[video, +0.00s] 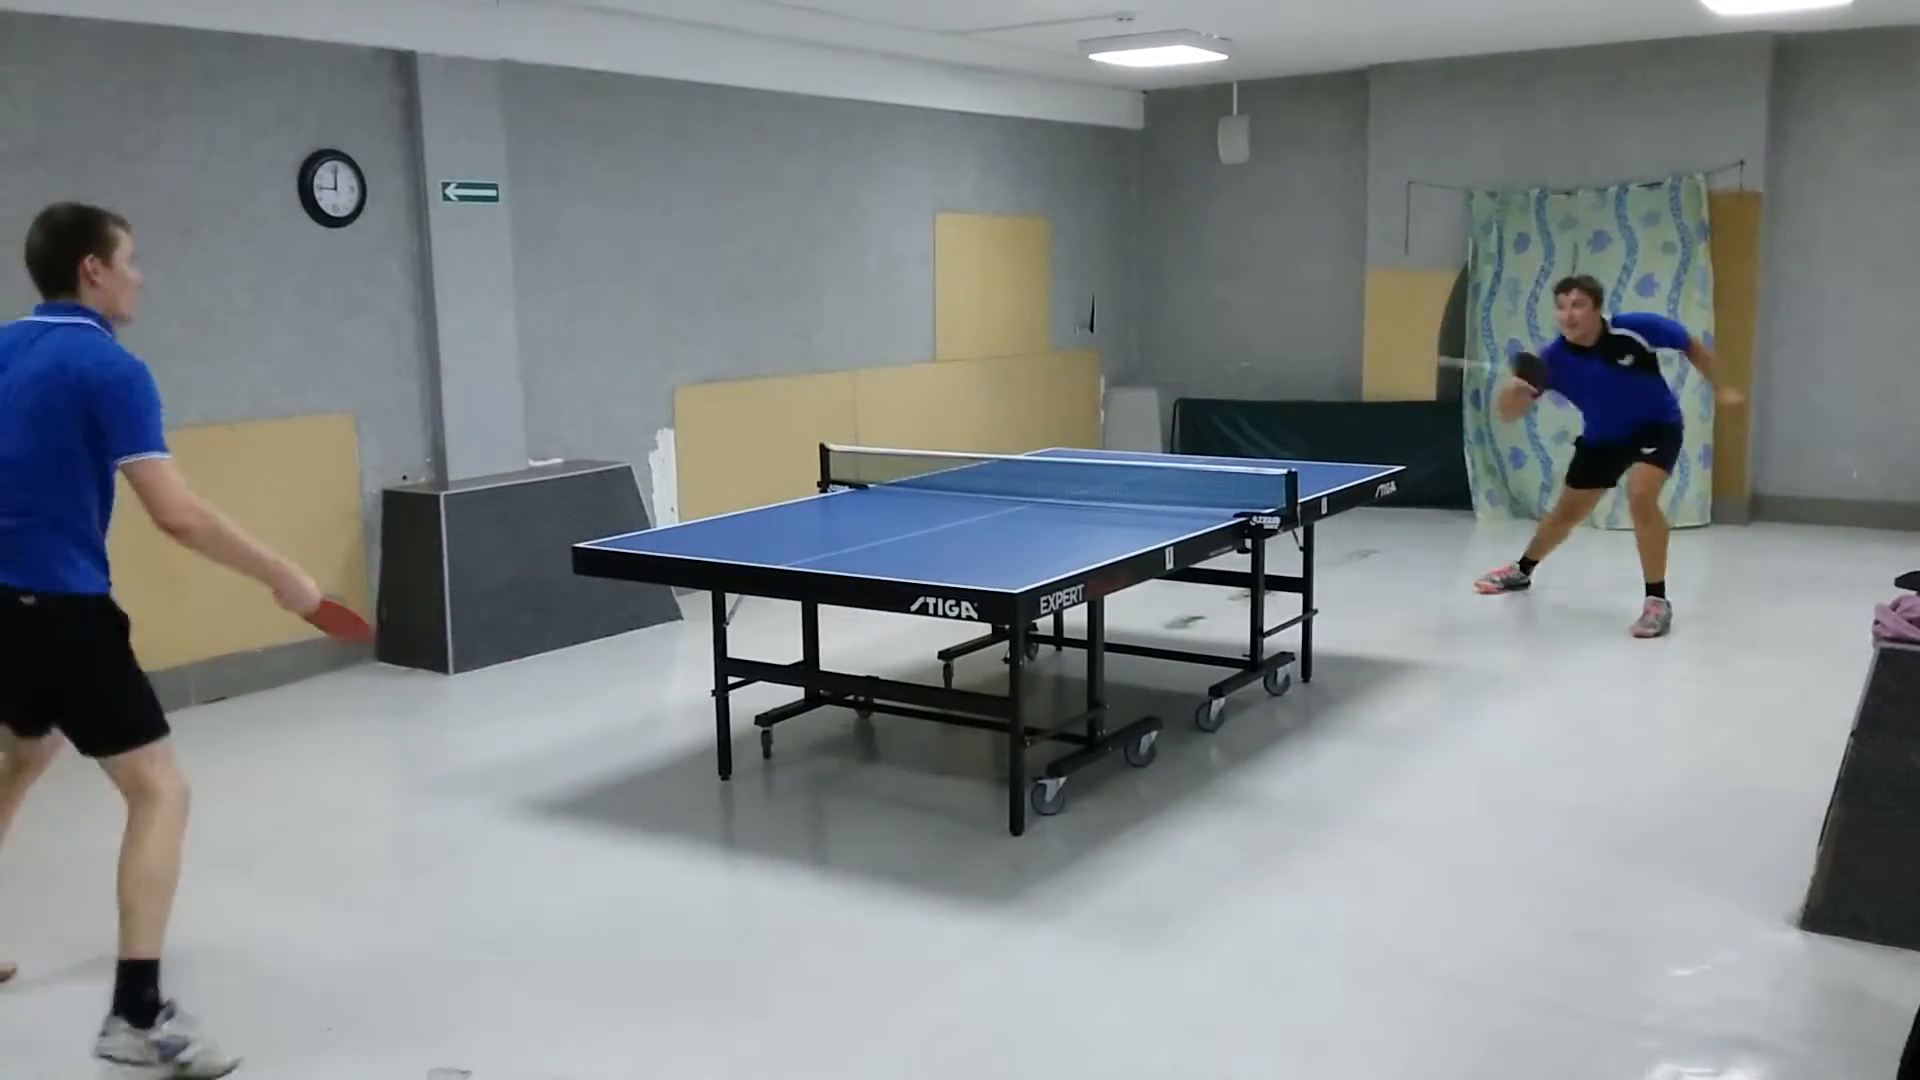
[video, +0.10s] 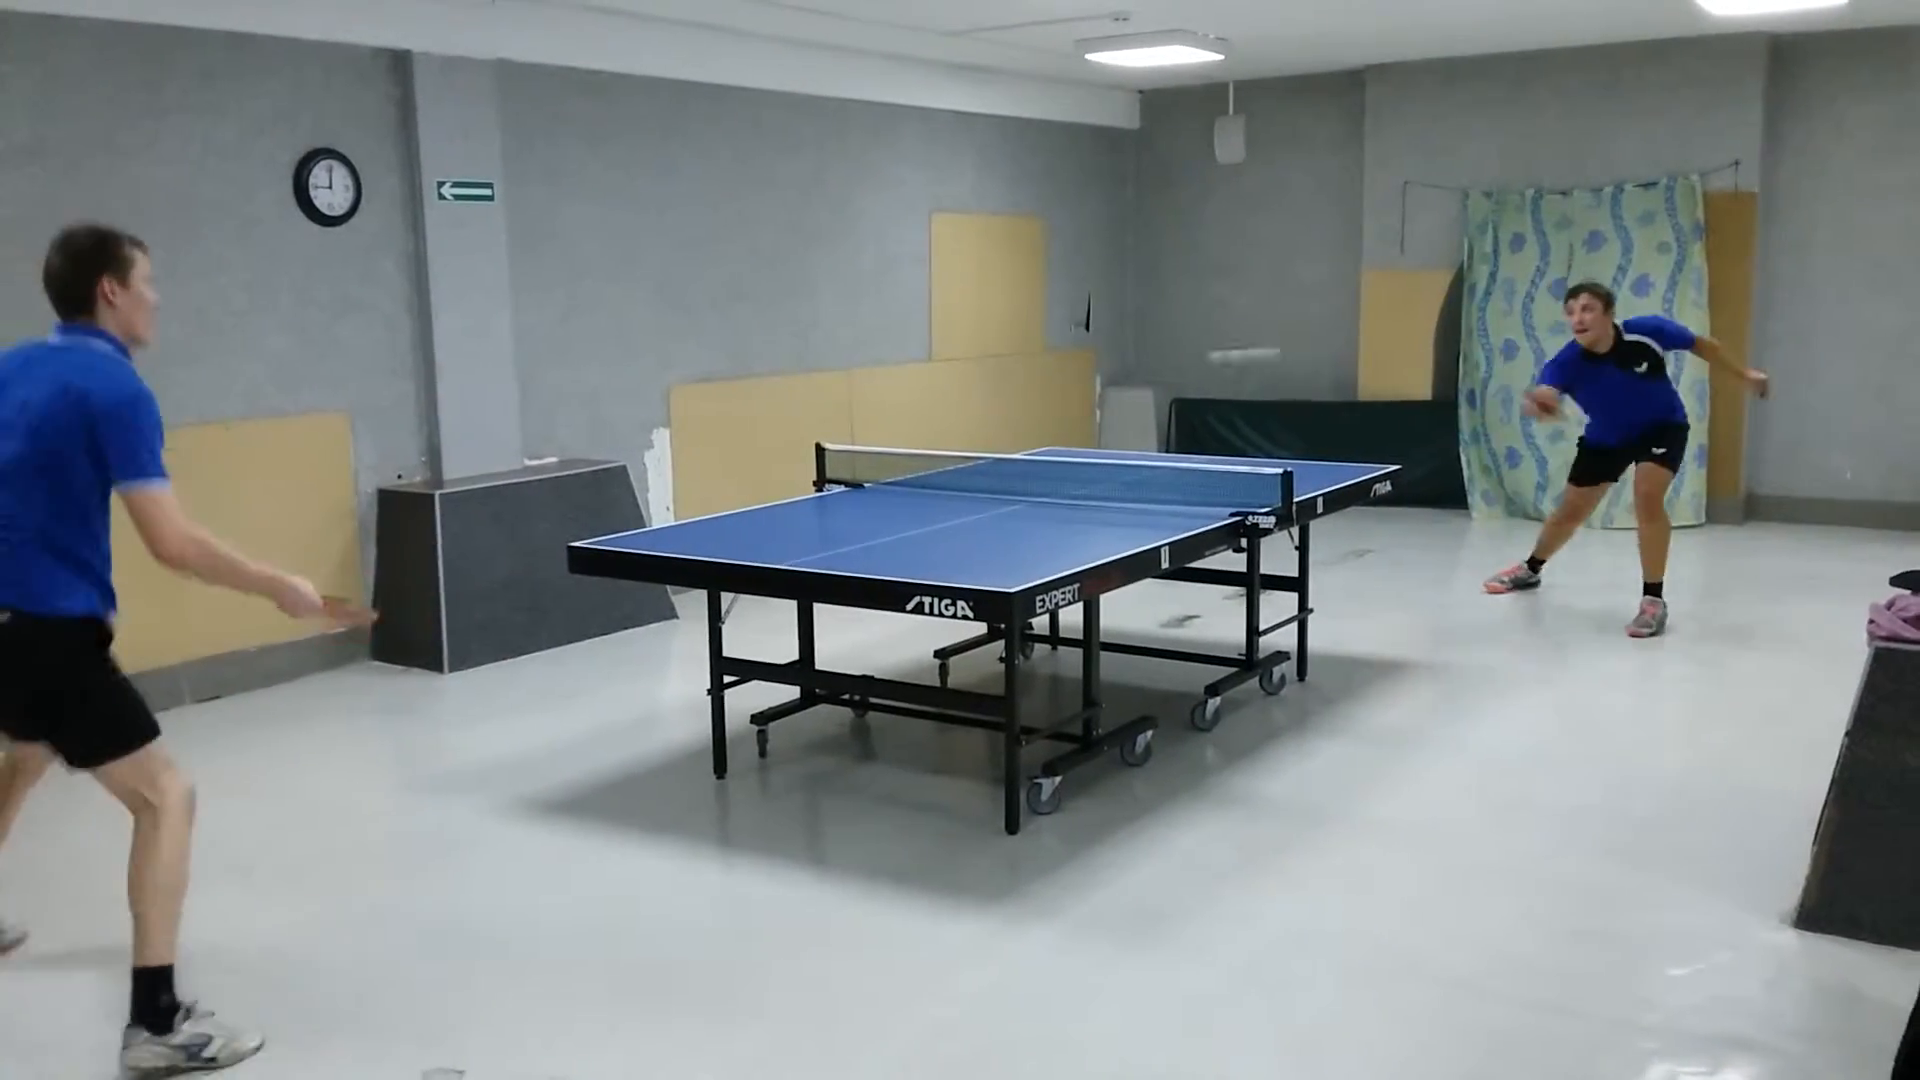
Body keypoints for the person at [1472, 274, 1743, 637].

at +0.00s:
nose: (1569, 315)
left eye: (1578, 306)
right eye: (1563, 308)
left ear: (1598, 309)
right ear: (1556, 314)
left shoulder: (1634, 328)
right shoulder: (1553, 359)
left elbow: (1690, 346)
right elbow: (1508, 411)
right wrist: (1520, 387)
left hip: (1657, 426)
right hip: (1602, 436)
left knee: (1641, 496)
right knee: (1565, 513)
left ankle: (1656, 602)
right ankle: (1522, 571)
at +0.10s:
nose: (1579, 320)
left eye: (1588, 310)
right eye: (1573, 312)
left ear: (1608, 313)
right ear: (1567, 318)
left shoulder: (1648, 332)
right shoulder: (1567, 363)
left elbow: (1700, 346)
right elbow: (1541, 401)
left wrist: (1745, 373)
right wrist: (1540, 405)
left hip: (1660, 427)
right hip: (1604, 437)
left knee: (1647, 497)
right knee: (1571, 510)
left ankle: (1652, 602)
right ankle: (1531, 569)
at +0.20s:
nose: (1593, 309)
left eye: (1603, 301)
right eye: (1588, 302)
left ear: (1625, 306)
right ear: (1583, 307)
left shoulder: (1663, 329)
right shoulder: (1576, 351)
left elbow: (1710, 350)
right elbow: (1563, 414)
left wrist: (1750, 374)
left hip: (1658, 430)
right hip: (1603, 434)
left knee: (1644, 497)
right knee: (1571, 512)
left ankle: (1650, 601)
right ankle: (1555, 570)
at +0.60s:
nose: (1608, 251)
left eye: (1618, 244)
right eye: (1606, 244)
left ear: (1642, 250)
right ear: (1602, 250)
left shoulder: (1679, 294)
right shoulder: (1590, 302)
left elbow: (1715, 341)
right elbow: (1567, 359)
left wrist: (1712, 407)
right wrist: (1579, 399)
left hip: (1671, 415)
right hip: (1618, 414)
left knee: (1652, 497)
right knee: (1594, 492)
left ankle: (1660, 598)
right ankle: (1591, 570)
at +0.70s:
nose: (1603, 248)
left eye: (1613, 241)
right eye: (1602, 242)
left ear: (1638, 247)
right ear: (1601, 249)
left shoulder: (1674, 287)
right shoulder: (1595, 299)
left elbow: (1717, 337)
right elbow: (1577, 348)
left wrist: (1692, 395)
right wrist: (1569, 384)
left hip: (1681, 405)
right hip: (1630, 408)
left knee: (1664, 493)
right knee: (1605, 492)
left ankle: (1697, 600)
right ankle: (1617, 573)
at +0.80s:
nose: (1601, 266)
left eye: (1609, 258)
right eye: (1598, 259)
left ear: (1633, 263)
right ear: (1596, 265)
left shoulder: (1660, 297)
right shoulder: (1604, 315)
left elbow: (1699, 351)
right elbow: (1597, 368)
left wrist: (1656, 405)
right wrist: (1573, 402)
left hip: (1688, 417)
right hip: (1642, 419)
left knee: (1677, 508)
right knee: (1610, 499)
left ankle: (1739, 605)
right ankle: (1619, 579)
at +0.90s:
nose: (1600, 291)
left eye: (1609, 282)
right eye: (1597, 283)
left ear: (1633, 285)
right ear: (1596, 289)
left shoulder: (1656, 315)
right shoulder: (1624, 332)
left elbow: (1667, 368)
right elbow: (1632, 399)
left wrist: (1613, 416)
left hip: (1706, 433)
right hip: (1663, 436)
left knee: (1692, 525)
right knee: (1616, 507)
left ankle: (1769, 612)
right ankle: (1621, 581)